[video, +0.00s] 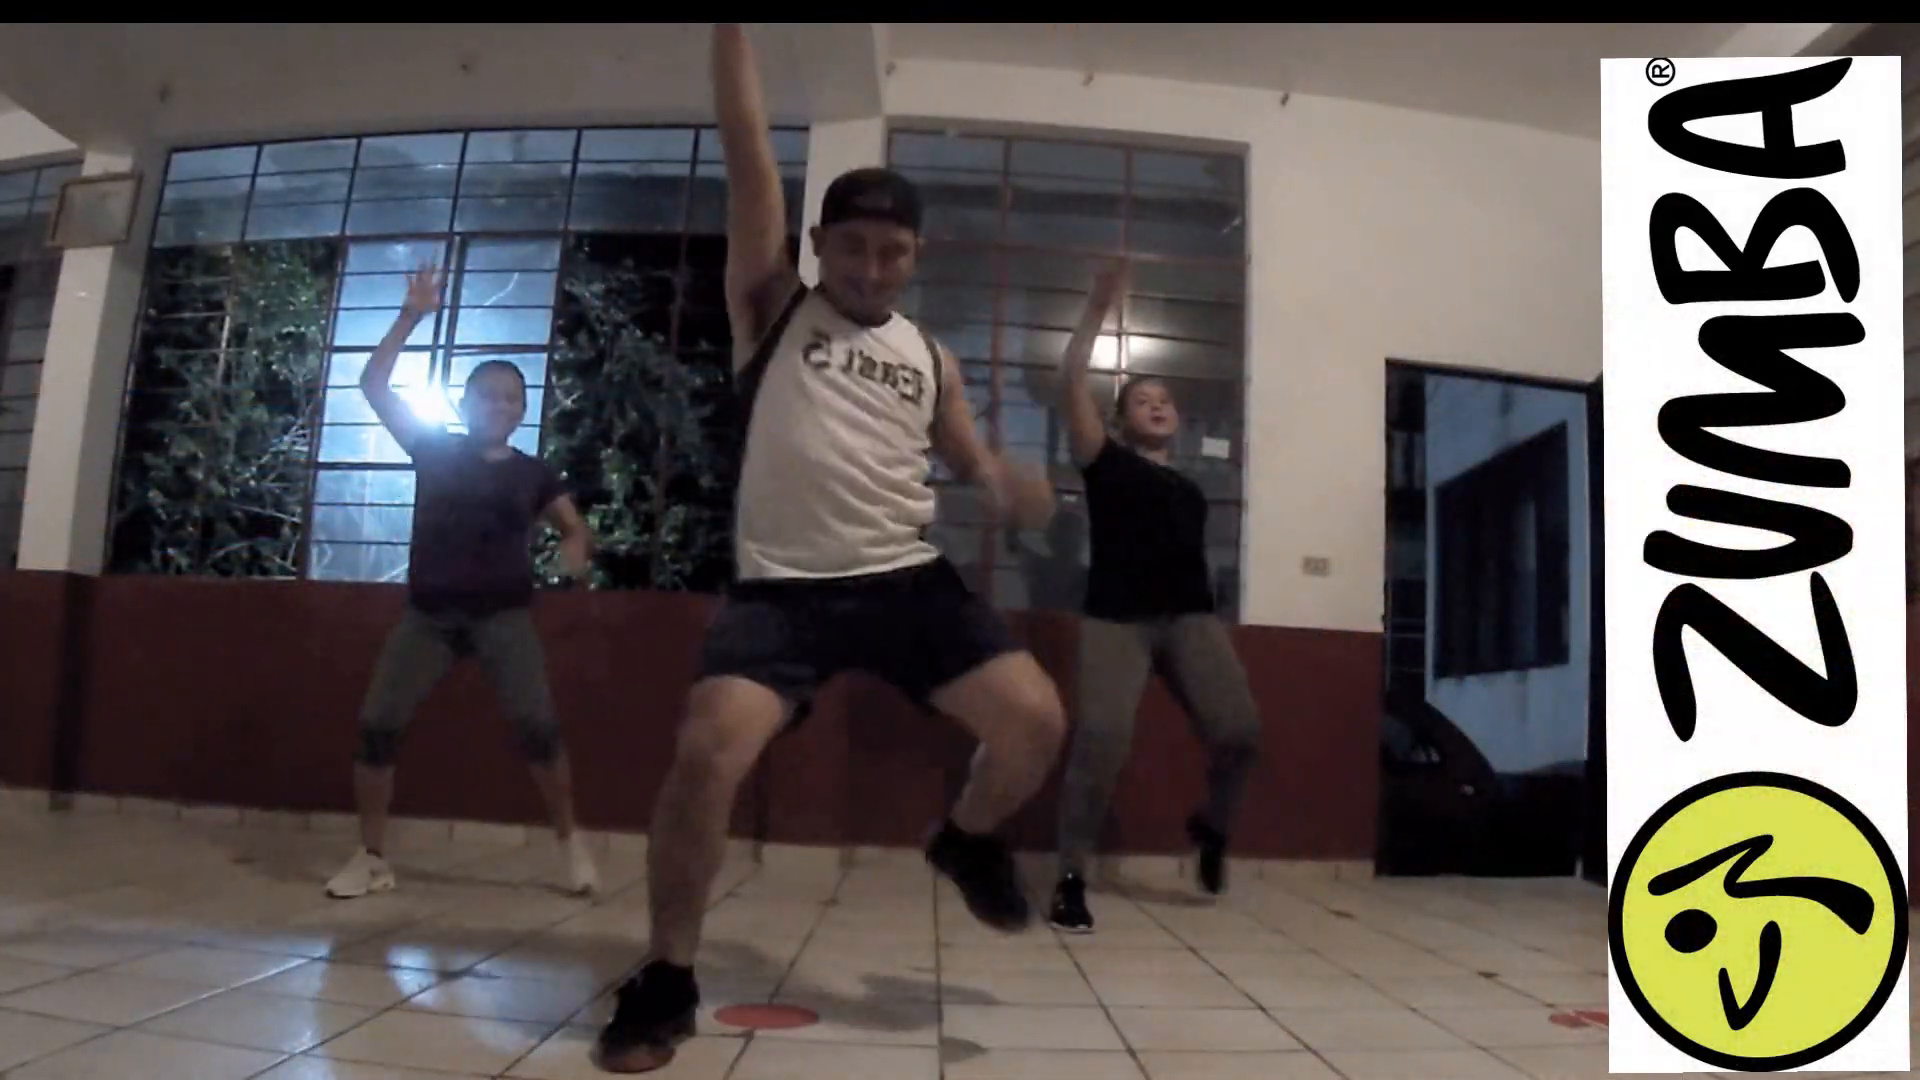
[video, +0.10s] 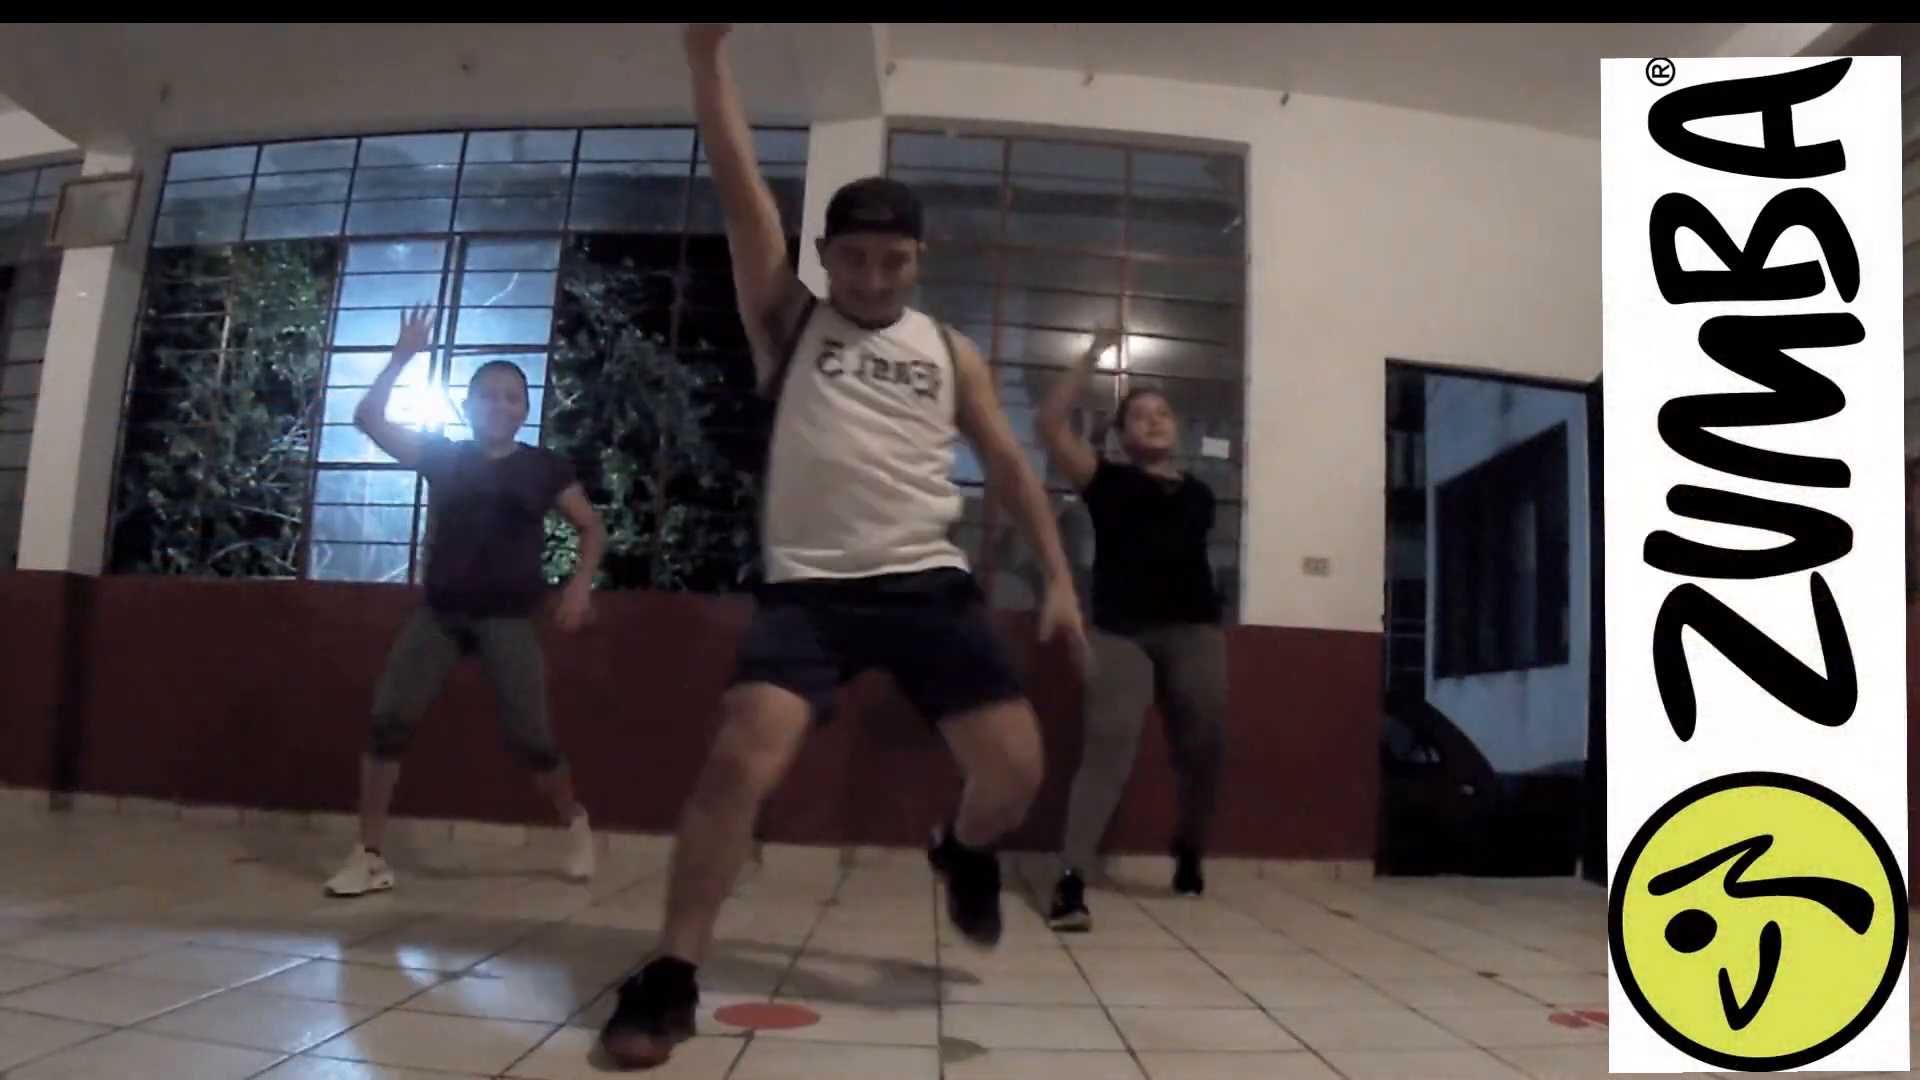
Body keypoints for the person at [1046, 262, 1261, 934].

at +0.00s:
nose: (1157, 409)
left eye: (1165, 403)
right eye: (1144, 403)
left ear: (1177, 421)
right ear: (1121, 419)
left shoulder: (1187, 487)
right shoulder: (1104, 462)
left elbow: (1186, 555)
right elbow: (1072, 381)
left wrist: (1195, 607)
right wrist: (1098, 307)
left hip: (1188, 618)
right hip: (1117, 621)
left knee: (1236, 729)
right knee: (1101, 739)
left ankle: (1214, 830)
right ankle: (1072, 875)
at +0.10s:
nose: (1153, 423)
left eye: (1161, 416)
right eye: (1141, 417)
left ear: (1176, 429)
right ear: (1122, 432)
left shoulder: (1196, 492)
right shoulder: (1104, 480)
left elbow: (1190, 558)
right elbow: (1051, 423)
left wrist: (1205, 612)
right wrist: (1090, 357)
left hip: (1191, 629)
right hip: (1120, 629)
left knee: (1202, 743)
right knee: (1108, 745)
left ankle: (1190, 853)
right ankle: (1073, 875)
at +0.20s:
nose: (1154, 440)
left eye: (1162, 431)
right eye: (1143, 433)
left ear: (1178, 442)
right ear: (1125, 446)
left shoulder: (1204, 507)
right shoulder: (1113, 504)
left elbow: (1254, 548)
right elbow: (1046, 504)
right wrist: (1084, 443)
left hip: (1195, 650)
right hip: (1125, 647)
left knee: (1192, 760)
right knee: (1105, 754)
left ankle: (1171, 863)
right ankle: (1069, 868)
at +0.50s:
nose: (1143, 420)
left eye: (1152, 414)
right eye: (1133, 413)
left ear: (1166, 429)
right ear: (1114, 426)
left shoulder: (1188, 484)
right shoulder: (1095, 483)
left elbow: (1235, 542)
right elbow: (1065, 549)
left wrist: (1282, 579)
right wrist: (1065, 600)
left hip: (1176, 624)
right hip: (1107, 622)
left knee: (1179, 739)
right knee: (1088, 735)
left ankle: (1167, 856)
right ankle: (1069, 845)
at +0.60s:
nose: (1136, 436)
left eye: (1144, 427)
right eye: (1126, 427)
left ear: (1155, 439)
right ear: (1108, 438)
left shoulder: (1172, 503)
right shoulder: (1084, 496)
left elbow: (1194, 570)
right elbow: (1037, 541)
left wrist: (1230, 576)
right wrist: (1042, 597)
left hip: (1164, 639)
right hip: (1095, 637)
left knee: (1182, 743)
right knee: (1083, 746)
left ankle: (1150, 855)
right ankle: (1066, 854)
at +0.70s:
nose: (1130, 451)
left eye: (1140, 445)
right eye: (1120, 444)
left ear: (1153, 459)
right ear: (1103, 456)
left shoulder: (1167, 521)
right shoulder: (1080, 515)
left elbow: (1191, 600)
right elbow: (1019, 563)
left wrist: (1177, 557)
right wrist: (1031, 623)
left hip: (1155, 655)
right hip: (1087, 653)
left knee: (1204, 740)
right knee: (1078, 754)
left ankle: (1164, 838)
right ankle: (1064, 855)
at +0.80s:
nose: (1130, 444)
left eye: (1139, 437)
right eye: (1119, 436)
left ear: (1152, 451)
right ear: (1102, 449)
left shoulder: (1173, 507)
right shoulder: (1079, 503)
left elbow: (1220, 555)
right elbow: (1030, 564)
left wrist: (1203, 490)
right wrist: (1047, 610)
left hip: (1158, 648)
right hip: (1092, 649)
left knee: (1220, 724)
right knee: (1077, 751)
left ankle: (1191, 849)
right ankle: (1063, 855)